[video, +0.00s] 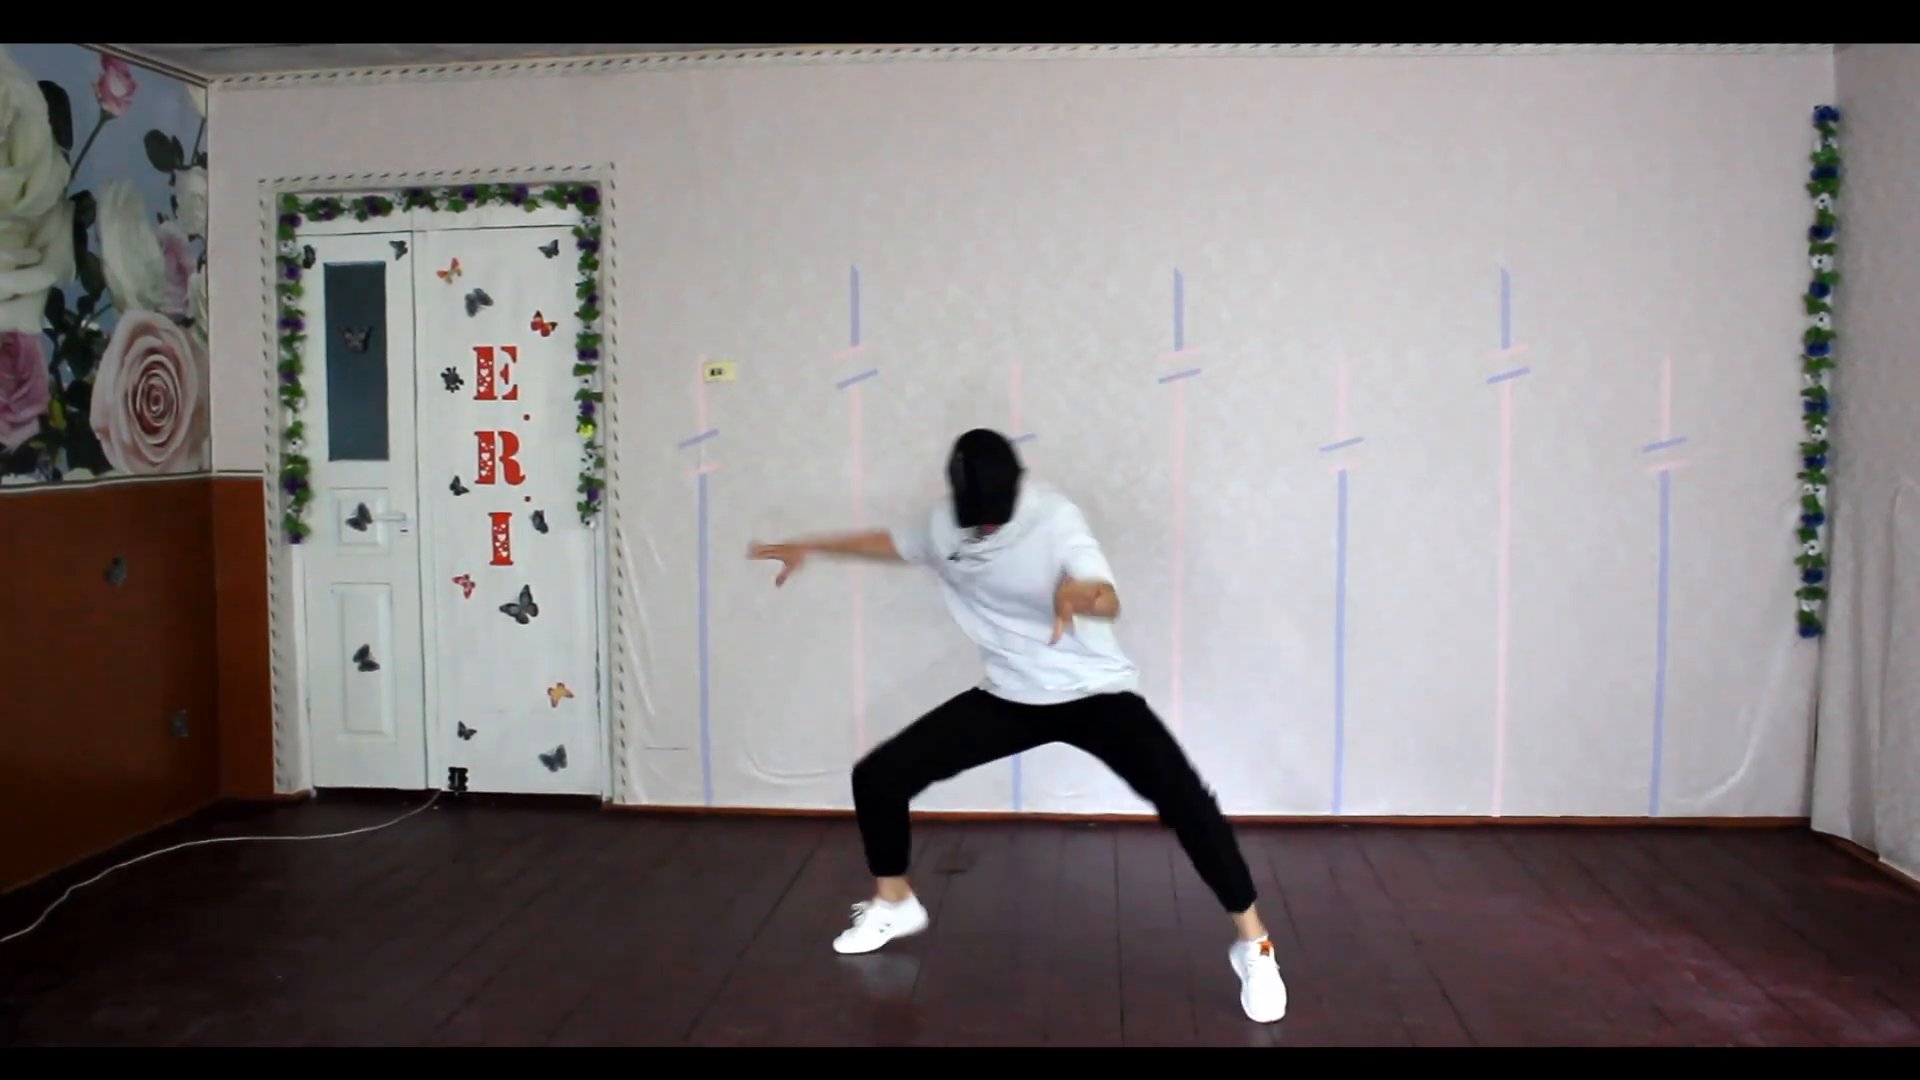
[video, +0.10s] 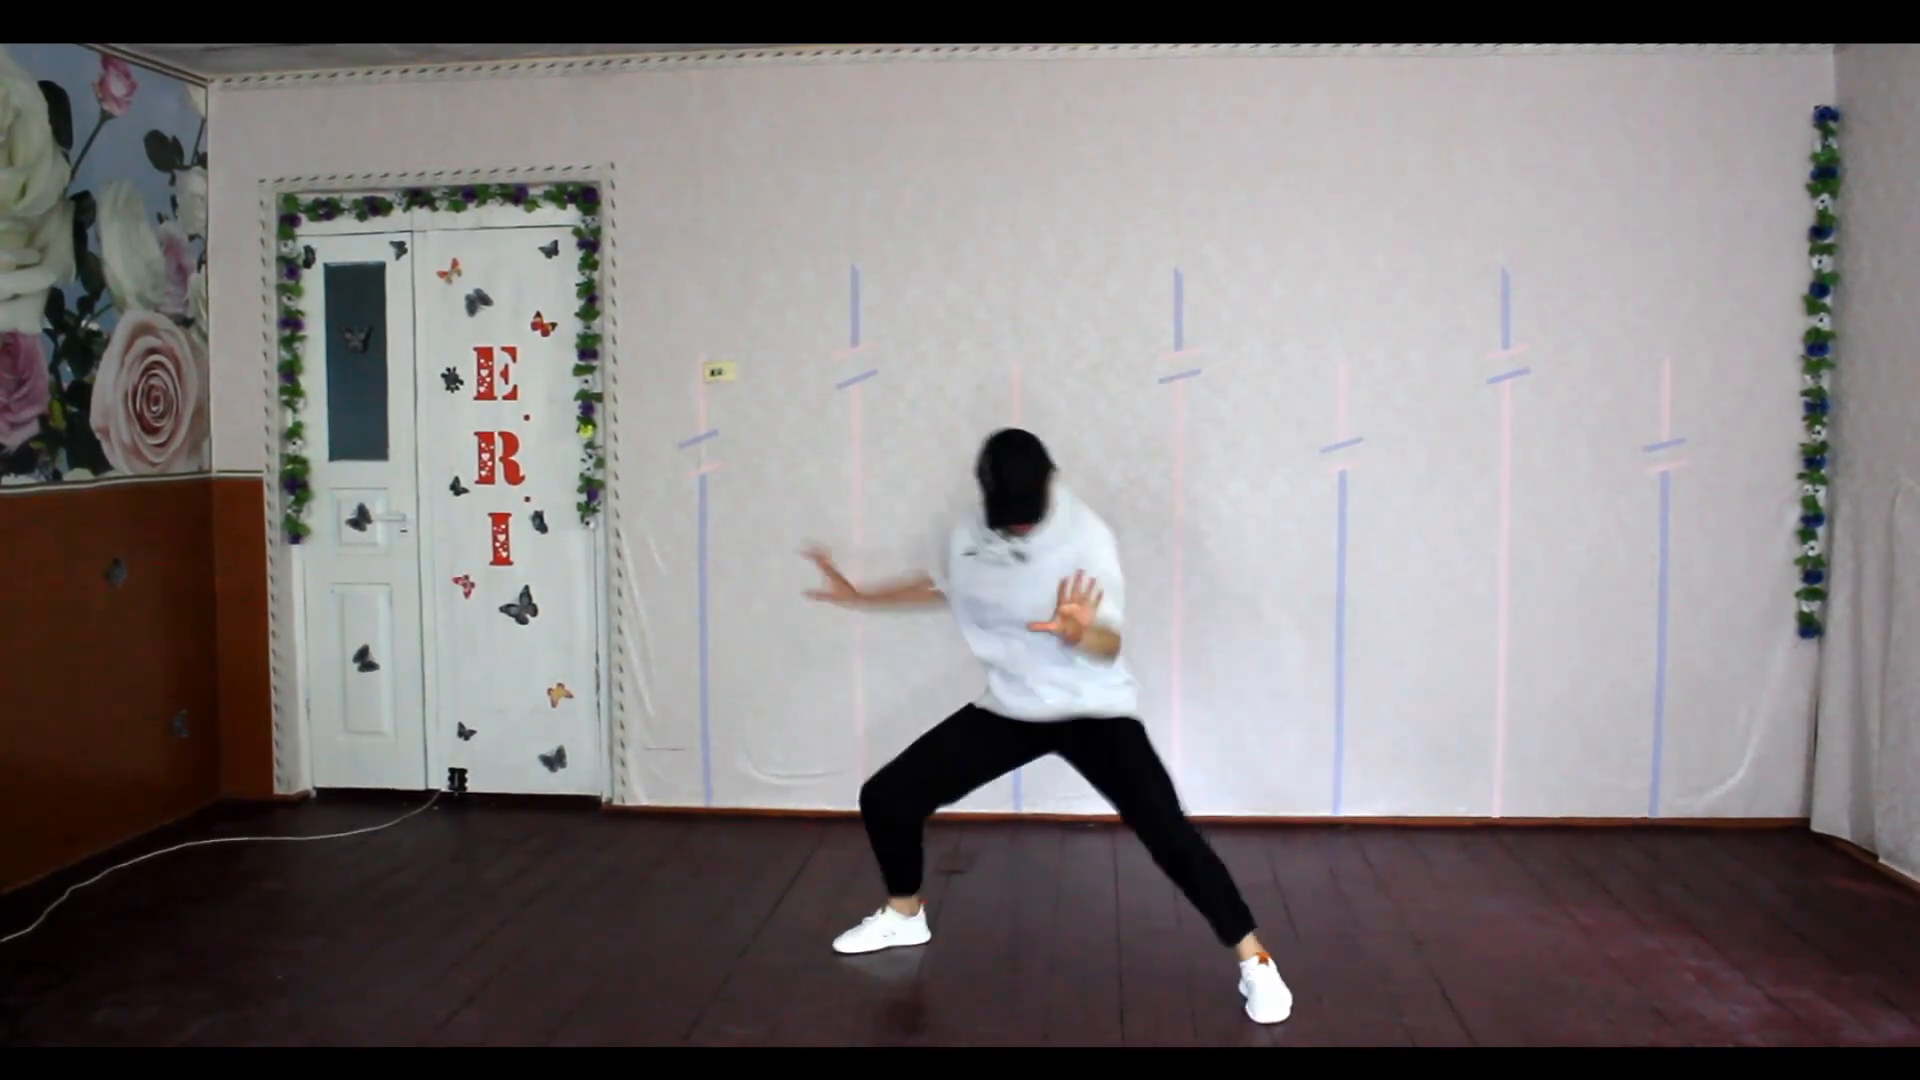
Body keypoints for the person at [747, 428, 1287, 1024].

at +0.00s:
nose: (982, 531)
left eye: (992, 521)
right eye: (971, 521)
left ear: (1014, 497)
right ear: (954, 501)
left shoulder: (1054, 520)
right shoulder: (940, 529)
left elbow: (1107, 598)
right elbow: (889, 546)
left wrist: (1071, 595)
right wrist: (807, 548)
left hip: (1097, 698)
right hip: (1007, 699)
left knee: (1187, 803)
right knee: (879, 779)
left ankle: (1255, 945)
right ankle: (894, 903)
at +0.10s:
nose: (1021, 534)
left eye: (1030, 523)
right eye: (1008, 525)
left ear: (1048, 494)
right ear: (986, 501)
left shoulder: (1087, 538)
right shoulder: (968, 540)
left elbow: (1111, 645)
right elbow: (946, 589)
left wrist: (1080, 632)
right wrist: (862, 595)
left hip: (1096, 715)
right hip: (1008, 711)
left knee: (1169, 836)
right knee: (887, 799)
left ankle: (1253, 958)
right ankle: (904, 914)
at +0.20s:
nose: (1029, 526)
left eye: (1037, 512)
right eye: (1016, 518)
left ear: (1054, 489)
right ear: (996, 499)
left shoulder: (1085, 538)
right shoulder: (983, 532)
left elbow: (1108, 651)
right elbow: (954, 593)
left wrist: (1077, 635)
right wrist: (869, 617)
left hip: (1093, 711)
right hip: (1006, 708)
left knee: (1159, 832)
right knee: (880, 791)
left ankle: (1254, 960)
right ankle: (900, 911)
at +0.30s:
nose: (999, 525)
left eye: (1006, 513)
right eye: (986, 517)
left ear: (1025, 487)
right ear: (967, 503)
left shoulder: (1064, 524)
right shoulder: (959, 537)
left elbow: (1118, 617)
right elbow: (904, 577)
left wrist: (1097, 602)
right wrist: (817, 573)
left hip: (1098, 701)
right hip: (1012, 700)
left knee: (1175, 827)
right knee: (881, 777)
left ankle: (1255, 953)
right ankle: (888, 899)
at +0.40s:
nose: (971, 529)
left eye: (980, 515)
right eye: (959, 519)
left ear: (1002, 485)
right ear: (942, 502)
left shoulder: (1049, 508)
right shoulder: (943, 540)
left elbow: (1093, 571)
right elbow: (870, 586)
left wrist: (1085, 598)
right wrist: (832, 532)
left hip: (1108, 689)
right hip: (1017, 691)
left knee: (1196, 809)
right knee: (895, 784)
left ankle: (1264, 947)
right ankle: (891, 903)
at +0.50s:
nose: (997, 496)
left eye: (1005, 485)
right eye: (988, 486)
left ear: (1021, 472)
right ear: (975, 478)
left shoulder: (1072, 500)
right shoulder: (967, 532)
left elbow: (1106, 589)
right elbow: (917, 592)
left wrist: (1056, 599)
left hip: (1114, 684)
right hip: (1022, 688)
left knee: (1209, 797)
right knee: (902, 786)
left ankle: (1267, 939)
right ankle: (891, 904)